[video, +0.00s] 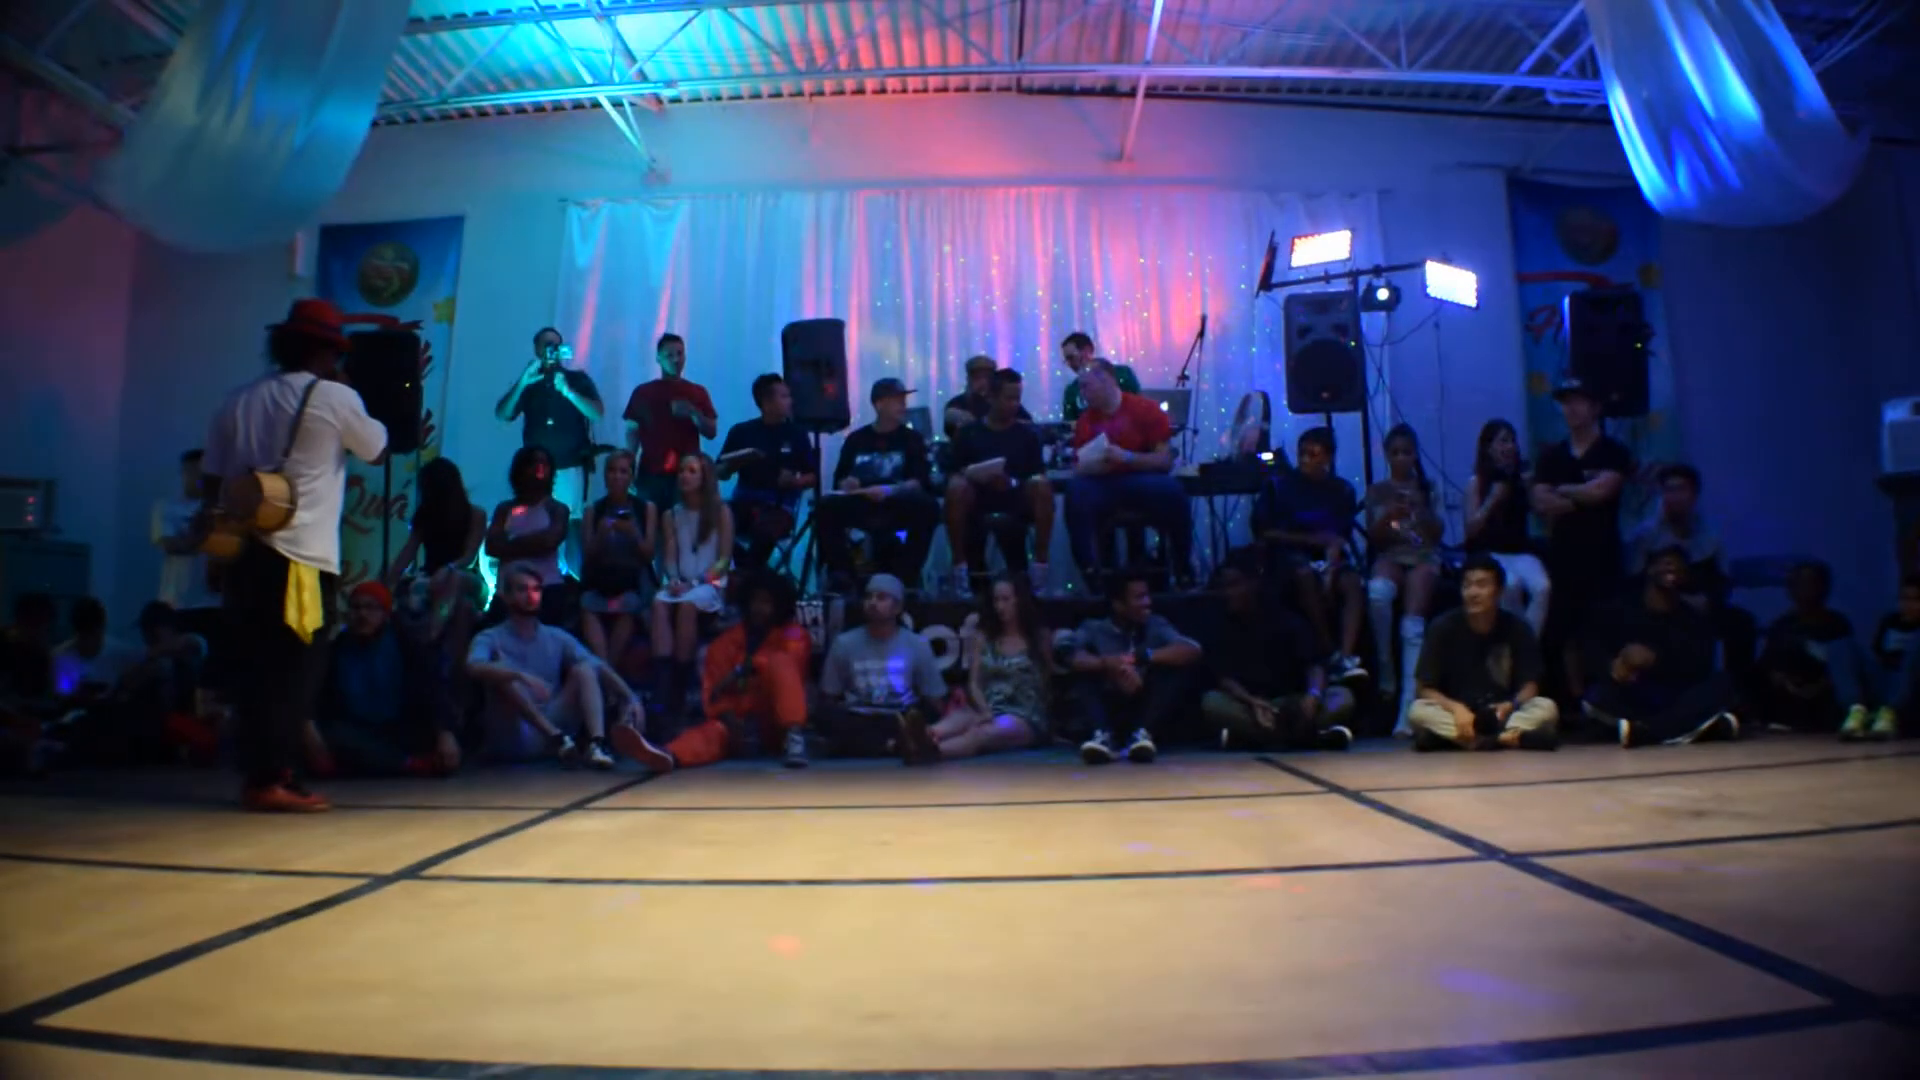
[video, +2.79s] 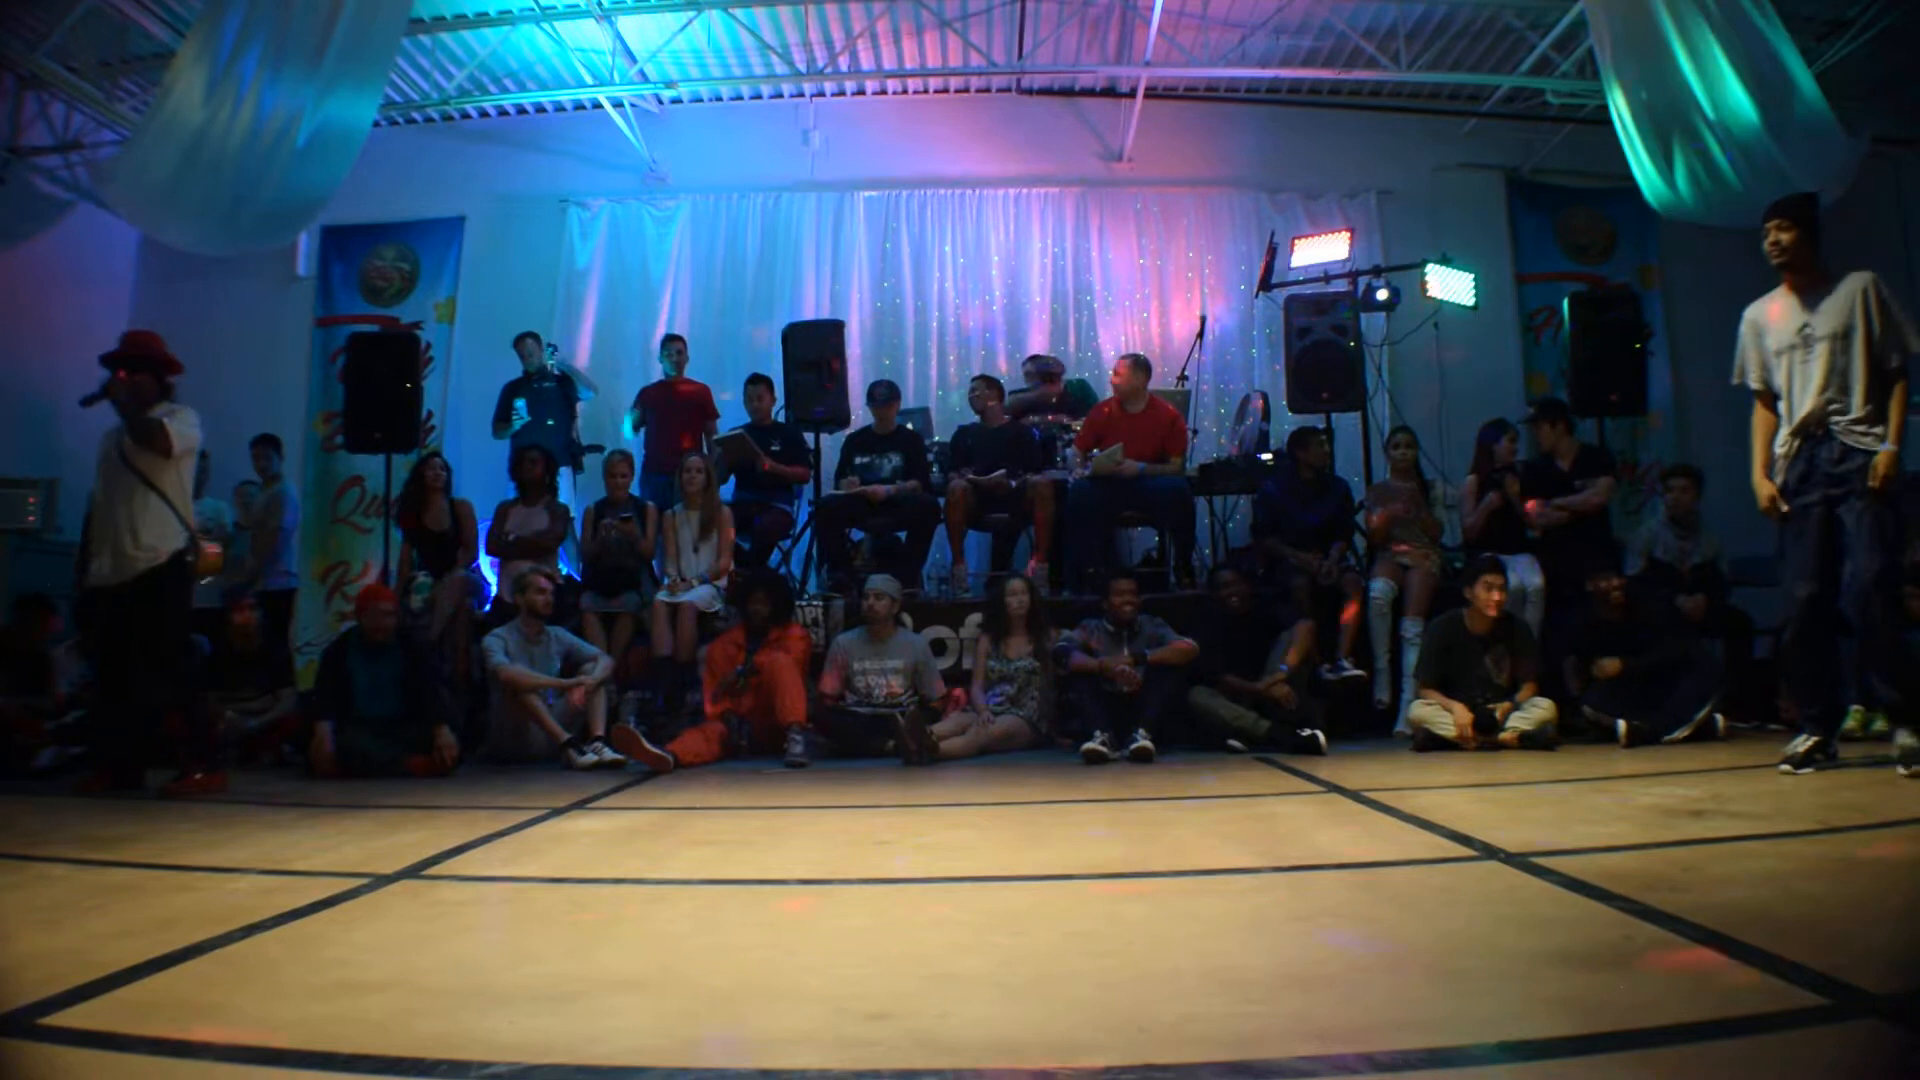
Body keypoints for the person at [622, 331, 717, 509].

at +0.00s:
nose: (675, 360)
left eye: (679, 354)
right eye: (669, 355)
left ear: (684, 357)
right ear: (659, 359)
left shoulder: (697, 392)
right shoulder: (643, 392)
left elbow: (711, 431)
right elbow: (632, 433)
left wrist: (692, 413)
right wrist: (628, 471)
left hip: (686, 476)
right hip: (651, 474)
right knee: (648, 533)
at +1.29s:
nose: (669, 360)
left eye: (674, 354)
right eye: (664, 356)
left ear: (684, 357)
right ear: (659, 360)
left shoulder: (699, 393)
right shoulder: (645, 393)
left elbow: (713, 431)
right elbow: (634, 434)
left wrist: (690, 423)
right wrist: (629, 471)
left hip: (688, 476)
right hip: (653, 473)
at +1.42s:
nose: (659, 361)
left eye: (664, 355)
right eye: (656, 356)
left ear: (680, 356)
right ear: (654, 360)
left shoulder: (699, 393)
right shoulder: (644, 393)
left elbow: (711, 433)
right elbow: (634, 433)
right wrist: (628, 469)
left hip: (686, 476)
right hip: (652, 473)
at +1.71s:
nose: (656, 361)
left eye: (661, 355)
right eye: (655, 356)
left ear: (679, 356)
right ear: (653, 360)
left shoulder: (699, 393)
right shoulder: (645, 392)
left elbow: (711, 435)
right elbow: (634, 434)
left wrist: (715, 473)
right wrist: (628, 471)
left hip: (687, 478)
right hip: (651, 475)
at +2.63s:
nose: (674, 359)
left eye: (680, 353)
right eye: (668, 354)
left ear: (687, 358)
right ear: (661, 359)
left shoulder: (701, 392)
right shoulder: (648, 393)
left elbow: (711, 436)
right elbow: (637, 435)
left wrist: (712, 474)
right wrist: (627, 470)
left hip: (690, 477)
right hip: (655, 475)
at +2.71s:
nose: (675, 359)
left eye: (679, 353)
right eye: (669, 354)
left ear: (687, 357)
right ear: (661, 359)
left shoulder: (701, 392)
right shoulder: (648, 393)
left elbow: (712, 436)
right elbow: (635, 436)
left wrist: (714, 473)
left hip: (689, 477)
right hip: (654, 475)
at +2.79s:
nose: (674, 359)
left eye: (679, 353)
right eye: (668, 354)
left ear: (687, 358)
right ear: (660, 359)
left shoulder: (700, 391)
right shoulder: (648, 393)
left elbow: (711, 436)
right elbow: (631, 430)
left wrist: (714, 473)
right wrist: (632, 420)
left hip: (689, 474)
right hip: (654, 472)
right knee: (652, 534)